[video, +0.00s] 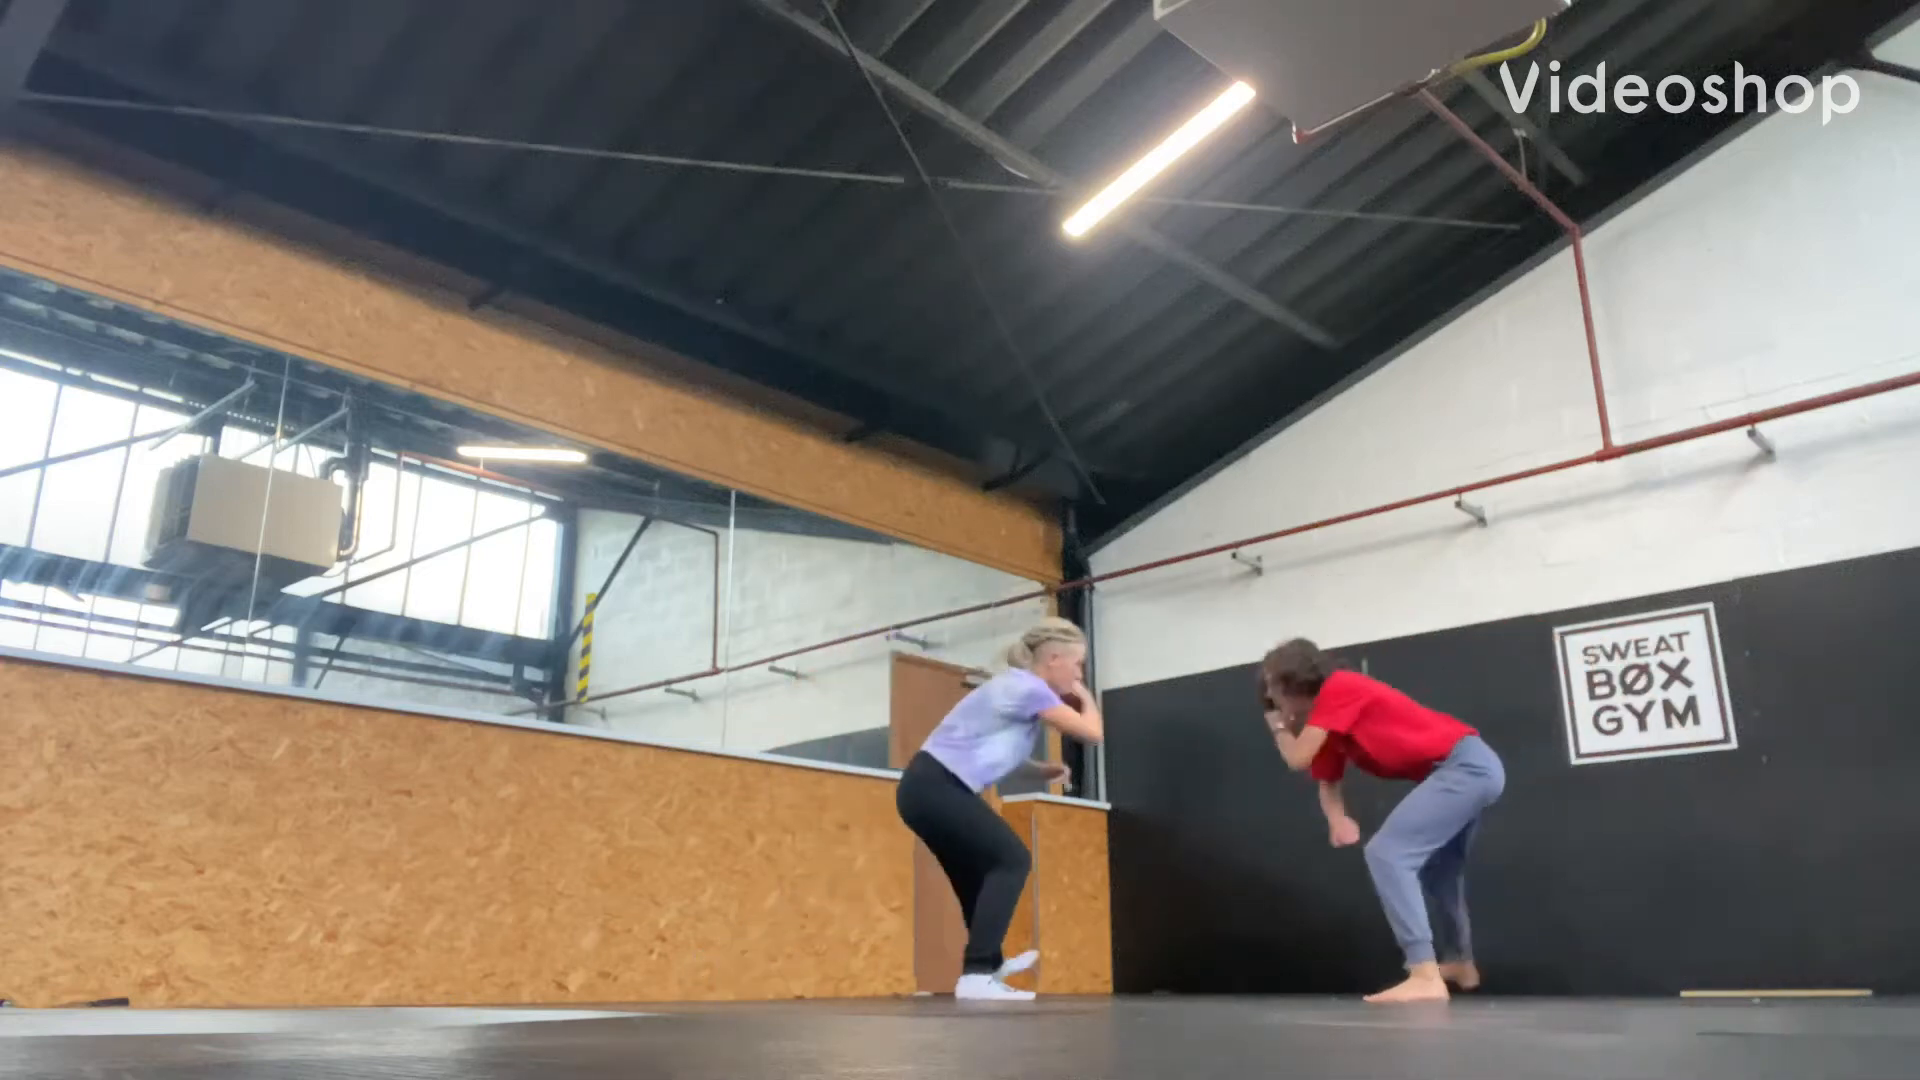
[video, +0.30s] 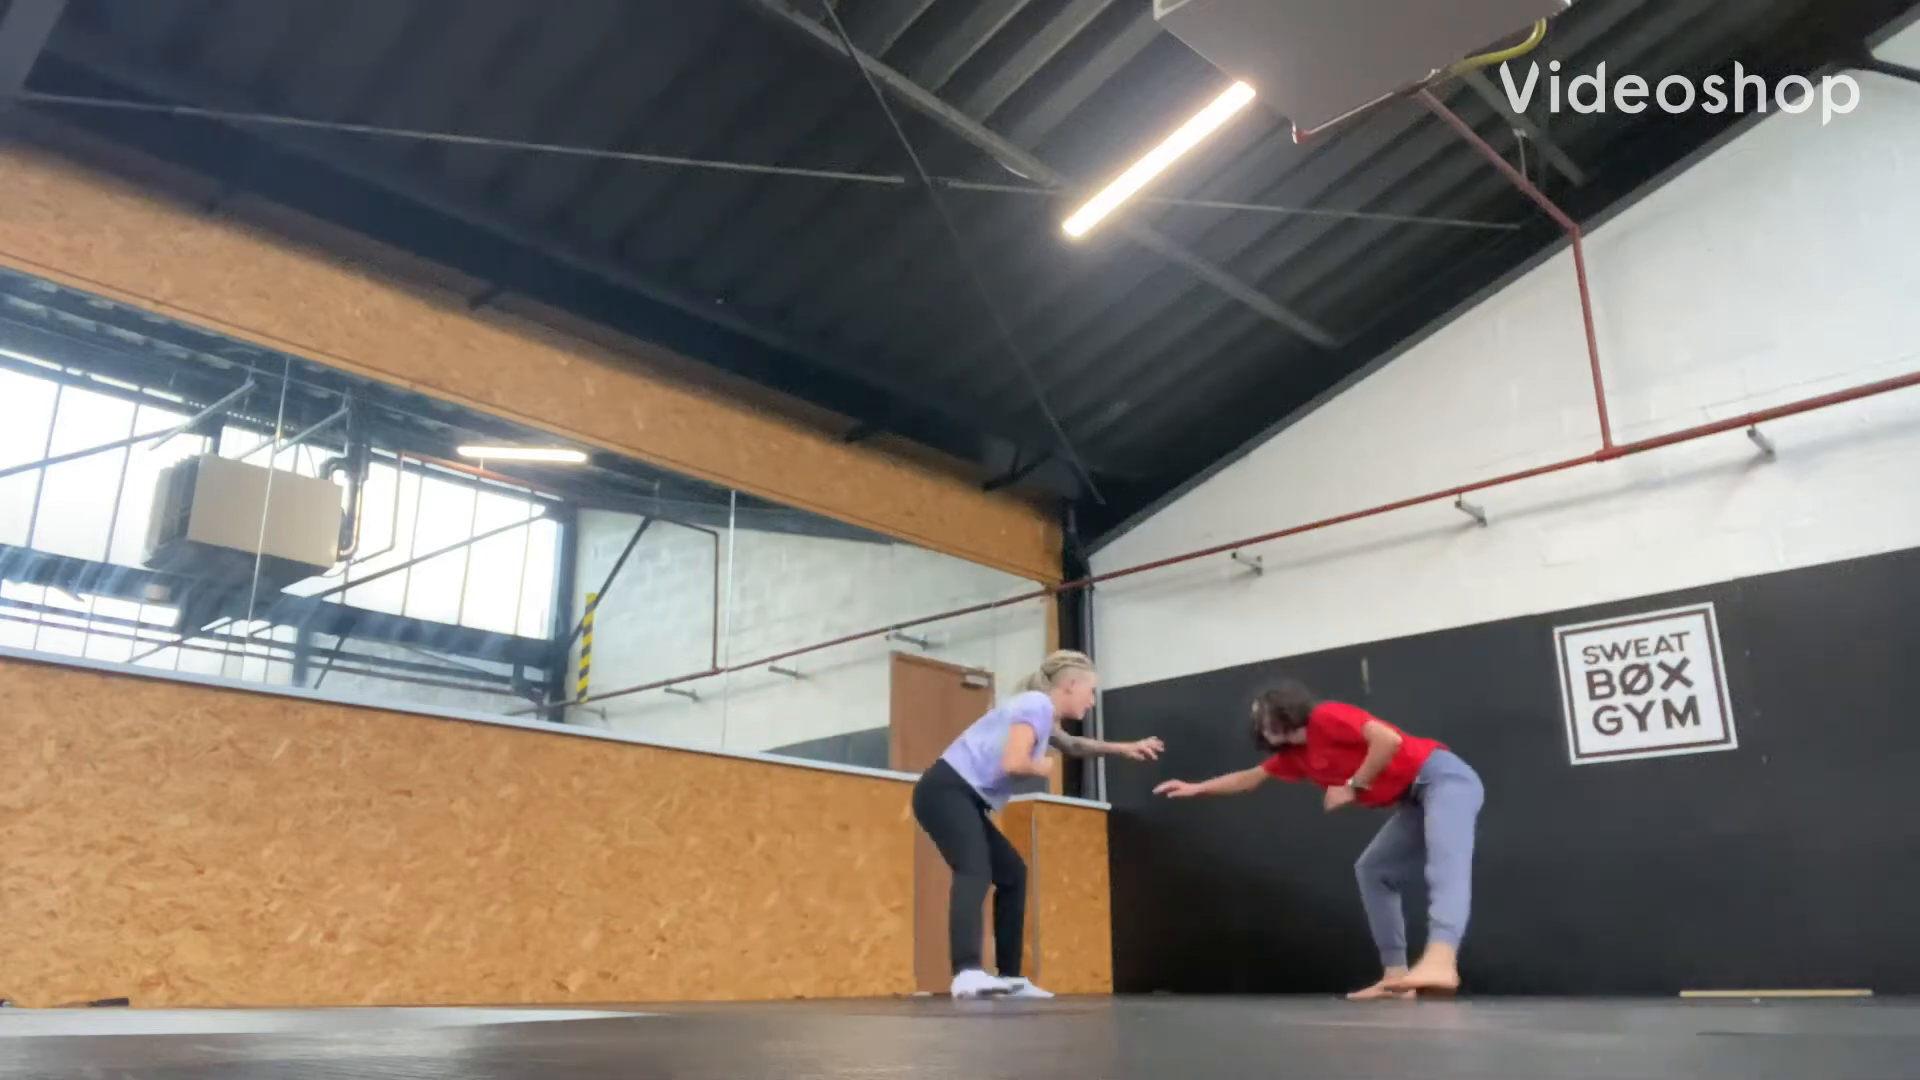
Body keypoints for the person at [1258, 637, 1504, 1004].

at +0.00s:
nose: (1280, 709)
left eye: (1279, 700)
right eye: (1275, 701)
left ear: (1297, 686)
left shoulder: (1341, 686)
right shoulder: (1329, 722)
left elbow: (1296, 757)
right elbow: (1329, 781)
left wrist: (1277, 729)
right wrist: (1338, 822)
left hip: (1467, 765)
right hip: (1470, 768)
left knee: (1387, 852)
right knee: (1440, 868)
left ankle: (1424, 976)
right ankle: (1460, 965)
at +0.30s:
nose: (1268, 733)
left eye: (1270, 724)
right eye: (1264, 727)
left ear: (1286, 717)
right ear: (1271, 729)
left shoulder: (1326, 717)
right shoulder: (1292, 758)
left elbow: (1386, 739)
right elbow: (1249, 779)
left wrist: (1352, 787)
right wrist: (1196, 789)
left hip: (1445, 777)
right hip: (1415, 802)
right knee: (1372, 868)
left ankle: (1441, 962)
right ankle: (1397, 974)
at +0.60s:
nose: (1284, 699)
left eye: (1285, 691)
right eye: (1283, 692)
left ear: (1298, 682)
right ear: (1312, 681)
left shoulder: (1332, 687)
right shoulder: (1343, 711)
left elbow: (1284, 719)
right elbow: (1401, 756)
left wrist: (1262, 714)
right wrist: (1369, 777)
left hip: (1450, 766)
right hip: (1422, 789)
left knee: (1515, 871)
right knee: (1384, 870)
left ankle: (1622, 939)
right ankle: (1398, 978)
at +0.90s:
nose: (1362, 659)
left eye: (1364, 650)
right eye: (1360, 652)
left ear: (1382, 646)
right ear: (1386, 647)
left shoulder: (1411, 665)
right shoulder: (1410, 676)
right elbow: (1478, 715)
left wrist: (1371, 707)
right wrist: (1510, 751)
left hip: (1502, 776)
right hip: (1462, 789)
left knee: (1545, 890)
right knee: (1434, 877)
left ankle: (1621, 956)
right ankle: (1408, 974)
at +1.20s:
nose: (1399, 659)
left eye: (1404, 649)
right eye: (1396, 653)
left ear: (1427, 645)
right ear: (1412, 656)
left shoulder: (1461, 668)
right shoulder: (1444, 690)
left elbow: (1452, 723)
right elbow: (1478, 758)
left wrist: (1413, 707)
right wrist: (1459, 804)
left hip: (1527, 788)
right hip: (1485, 801)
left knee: (1555, 904)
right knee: (1433, 870)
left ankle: (1629, 964)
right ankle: (1422, 970)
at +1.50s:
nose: (1336, 693)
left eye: (1339, 683)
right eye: (1333, 685)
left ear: (1360, 674)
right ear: (1366, 677)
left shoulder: (1372, 688)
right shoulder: (1400, 697)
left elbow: (1371, 761)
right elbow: (1439, 773)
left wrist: (1365, 725)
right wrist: (1383, 798)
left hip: (1492, 767)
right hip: (1468, 785)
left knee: (1515, 887)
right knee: (1429, 868)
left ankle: (1622, 944)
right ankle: (1450, 977)